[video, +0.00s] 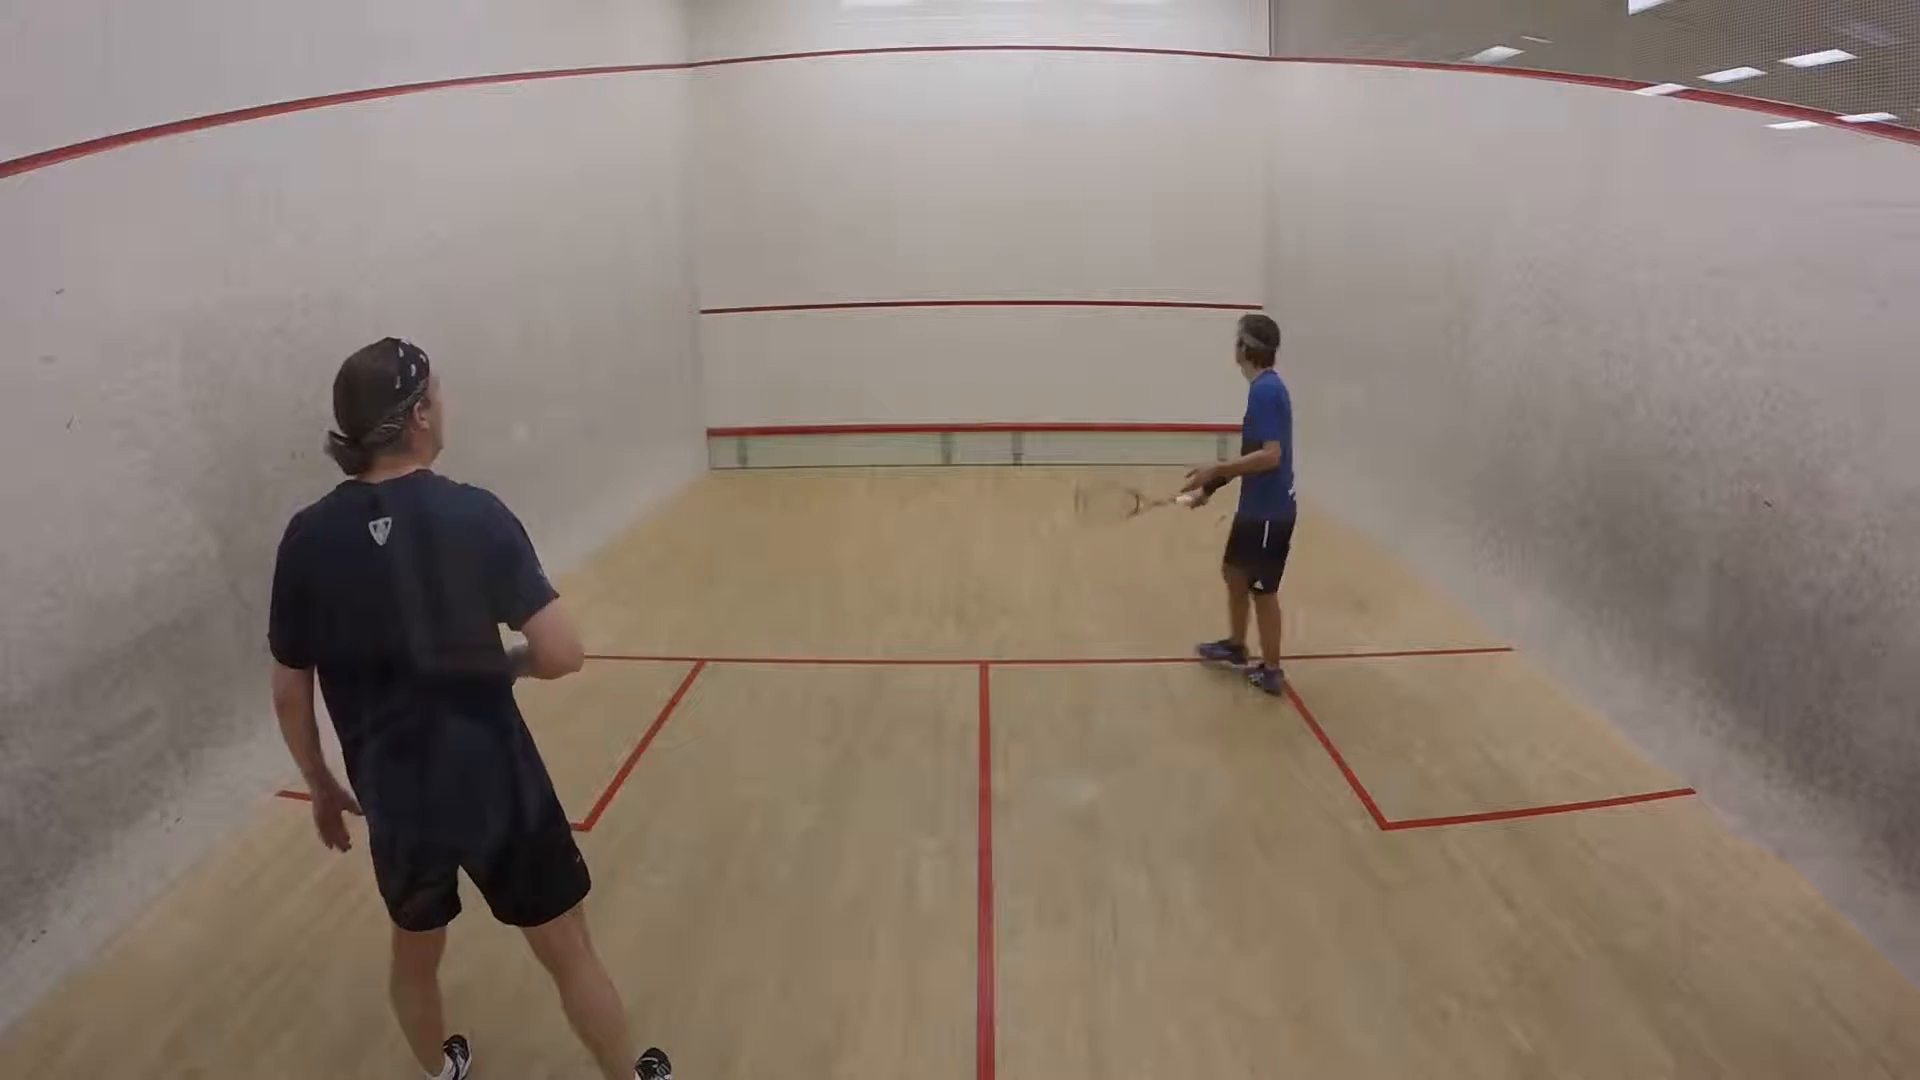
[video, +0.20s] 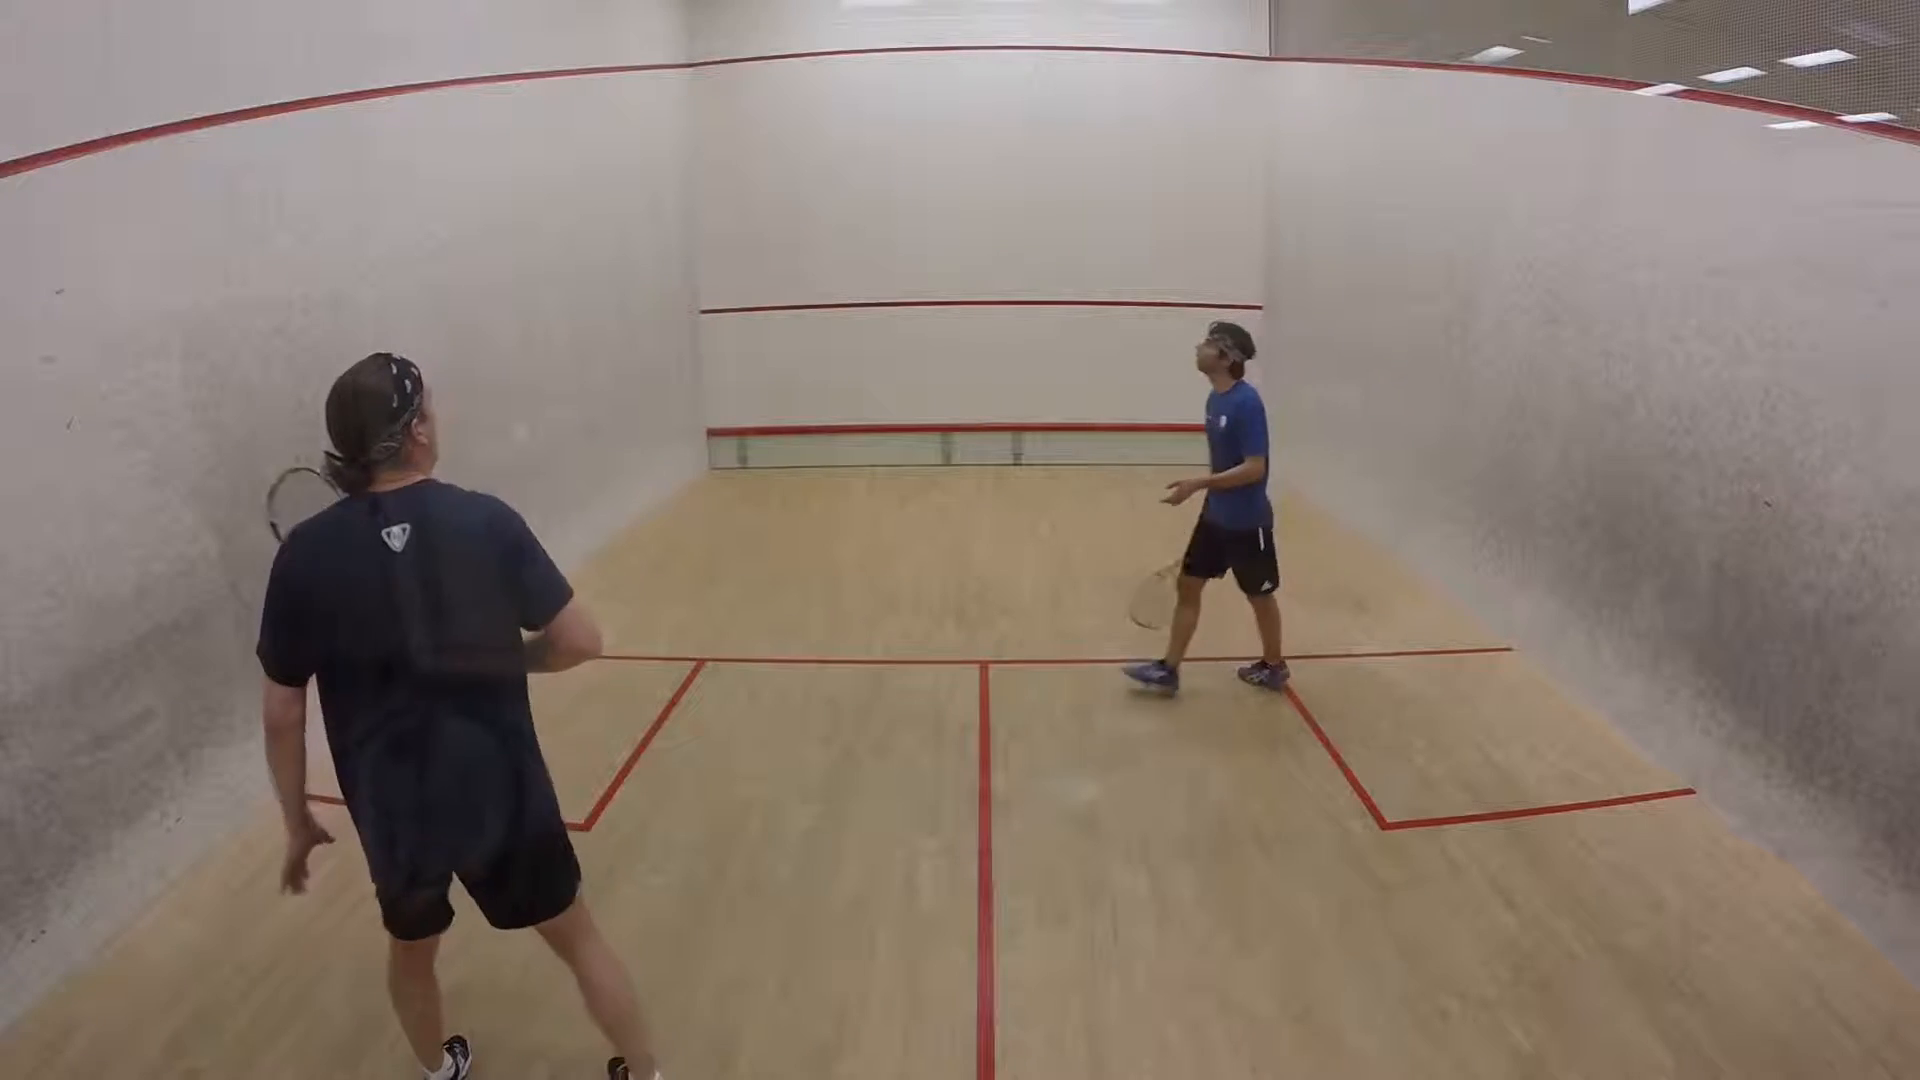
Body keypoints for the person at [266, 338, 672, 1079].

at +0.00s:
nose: (443, 408)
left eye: (436, 395)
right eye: (437, 398)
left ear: (351, 427)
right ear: (419, 419)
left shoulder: (308, 537)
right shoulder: (473, 513)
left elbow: (290, 691)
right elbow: (562, 654)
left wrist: (322, 785)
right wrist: (506, 659)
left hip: (393, 791)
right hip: (496, 776)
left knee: (415, 950)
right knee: (568, 951)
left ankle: (438, 1068)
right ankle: (630, 1072)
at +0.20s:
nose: (437, 422)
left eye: (430, 408)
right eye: (430, 411)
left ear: (344, 444)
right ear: (416, 433)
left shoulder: (305, 554)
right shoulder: (484, 520)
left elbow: (282, 715)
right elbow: (578, 640)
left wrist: (297, 819)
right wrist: (500, 653)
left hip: (393, 807)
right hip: (500, 787)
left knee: (412, 951)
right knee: (577, 938)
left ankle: (437, 1067)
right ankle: (644, 1069)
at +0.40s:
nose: (446, 429)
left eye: (438, 417)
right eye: (440, 421)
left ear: (356, 463)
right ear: (436, 444)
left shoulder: (333, 582)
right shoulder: (506, 529)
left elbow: (298, 748)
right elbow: (549, 639)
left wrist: (281, 863)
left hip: (417, 838)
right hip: (529, 807)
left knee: (410, 978)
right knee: (583, 945)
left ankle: (427, 1072)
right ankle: (641, 1069)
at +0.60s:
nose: (445, 434)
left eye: (436, 421)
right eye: (439, 427)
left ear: (347, 487)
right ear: (437, 453)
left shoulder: (353, 621)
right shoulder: (487, 528)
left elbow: (260, 730)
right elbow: (411, 591)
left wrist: (199, 771)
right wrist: (315, 593)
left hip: (421, 863)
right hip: (520, 830)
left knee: (364, 1017)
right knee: (564, 953)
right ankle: (637, 1069)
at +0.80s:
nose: (386, 463)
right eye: (382, 458)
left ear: (280, 518)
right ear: (380, 483)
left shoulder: (333, 660)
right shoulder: (422, 557)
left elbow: (213, 717)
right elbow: (301, 595)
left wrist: (185, 648)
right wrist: (229, 611)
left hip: (377, 903)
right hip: (466, 856)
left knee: (339, 1061)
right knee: (533, 983)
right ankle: (634, 1072)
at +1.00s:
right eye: (314, 484)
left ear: (208, 551)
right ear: (317, 505)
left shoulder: (220, 695)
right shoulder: (398, 605)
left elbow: (204, 822)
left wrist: (177, 709)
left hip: (299, 960)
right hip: (420, 919)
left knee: (284, 1064)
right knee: (533, 1020)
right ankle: (618, 1072)